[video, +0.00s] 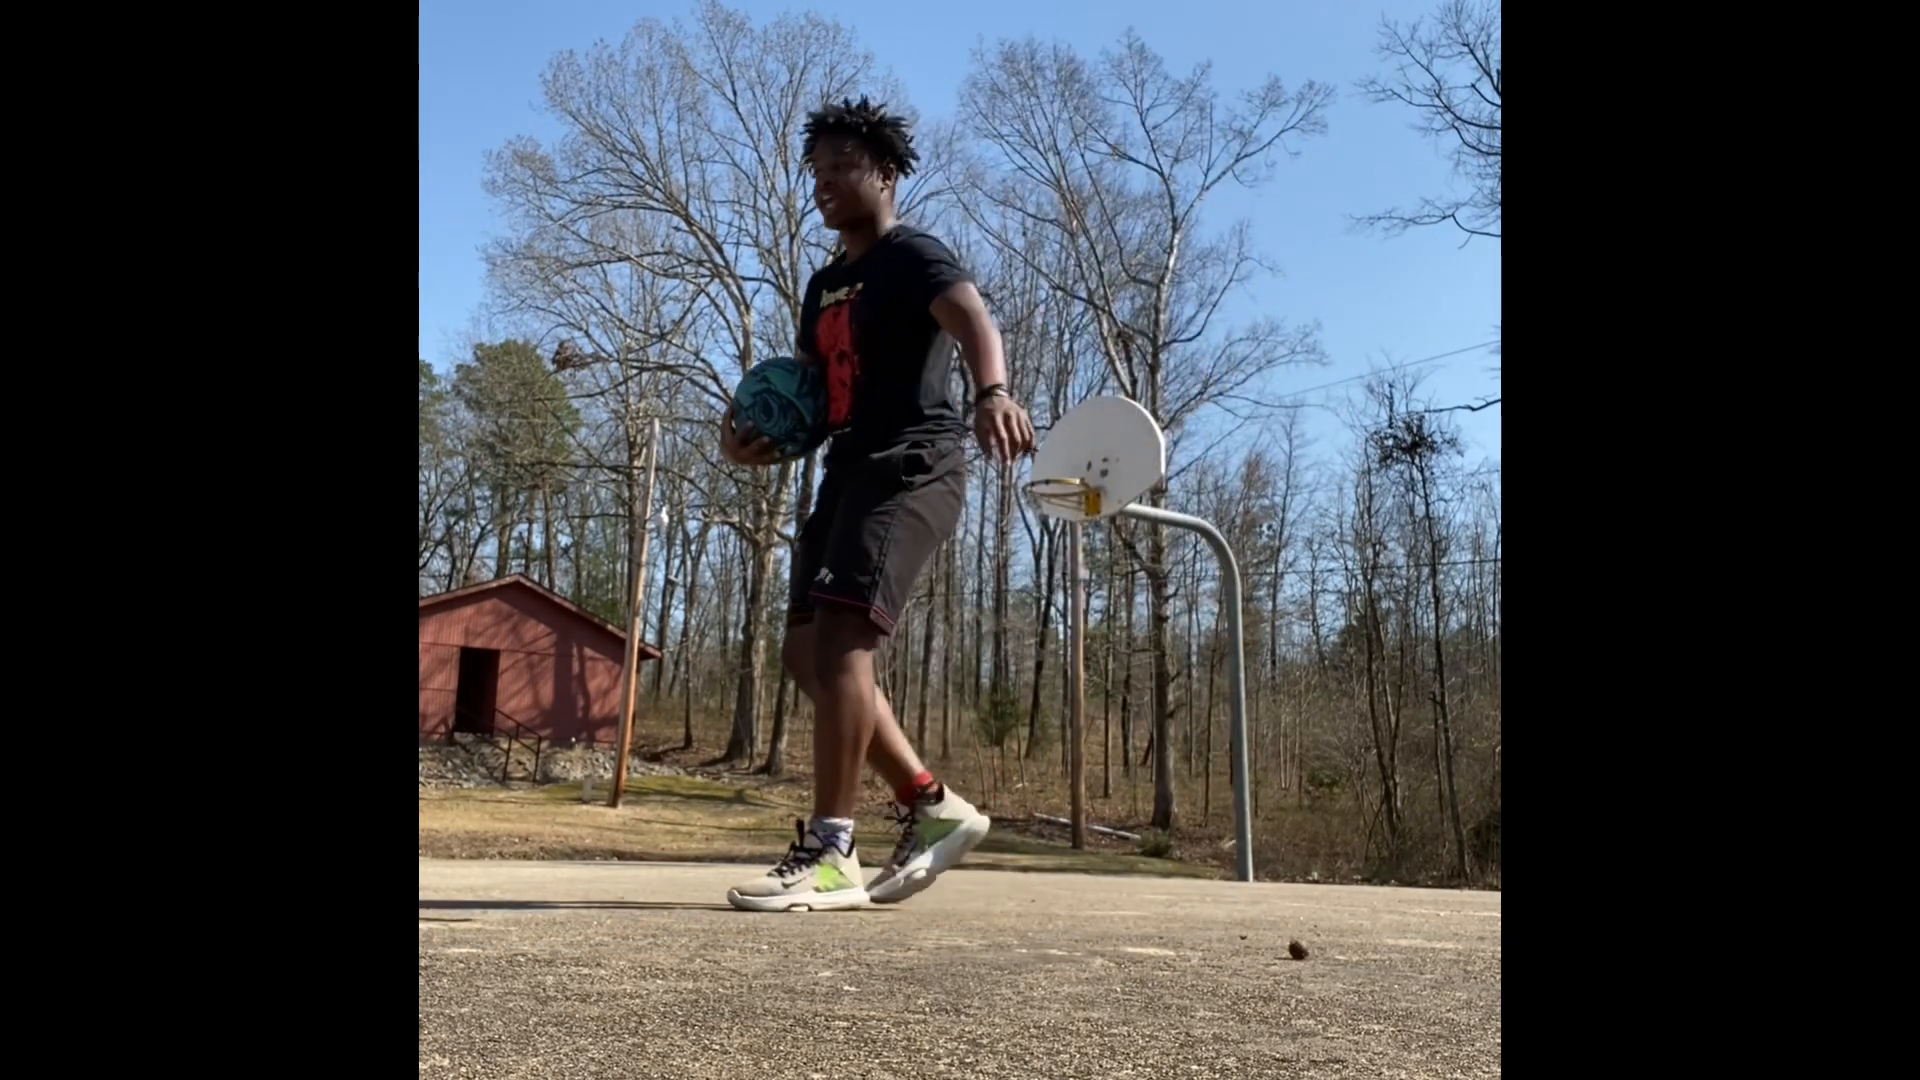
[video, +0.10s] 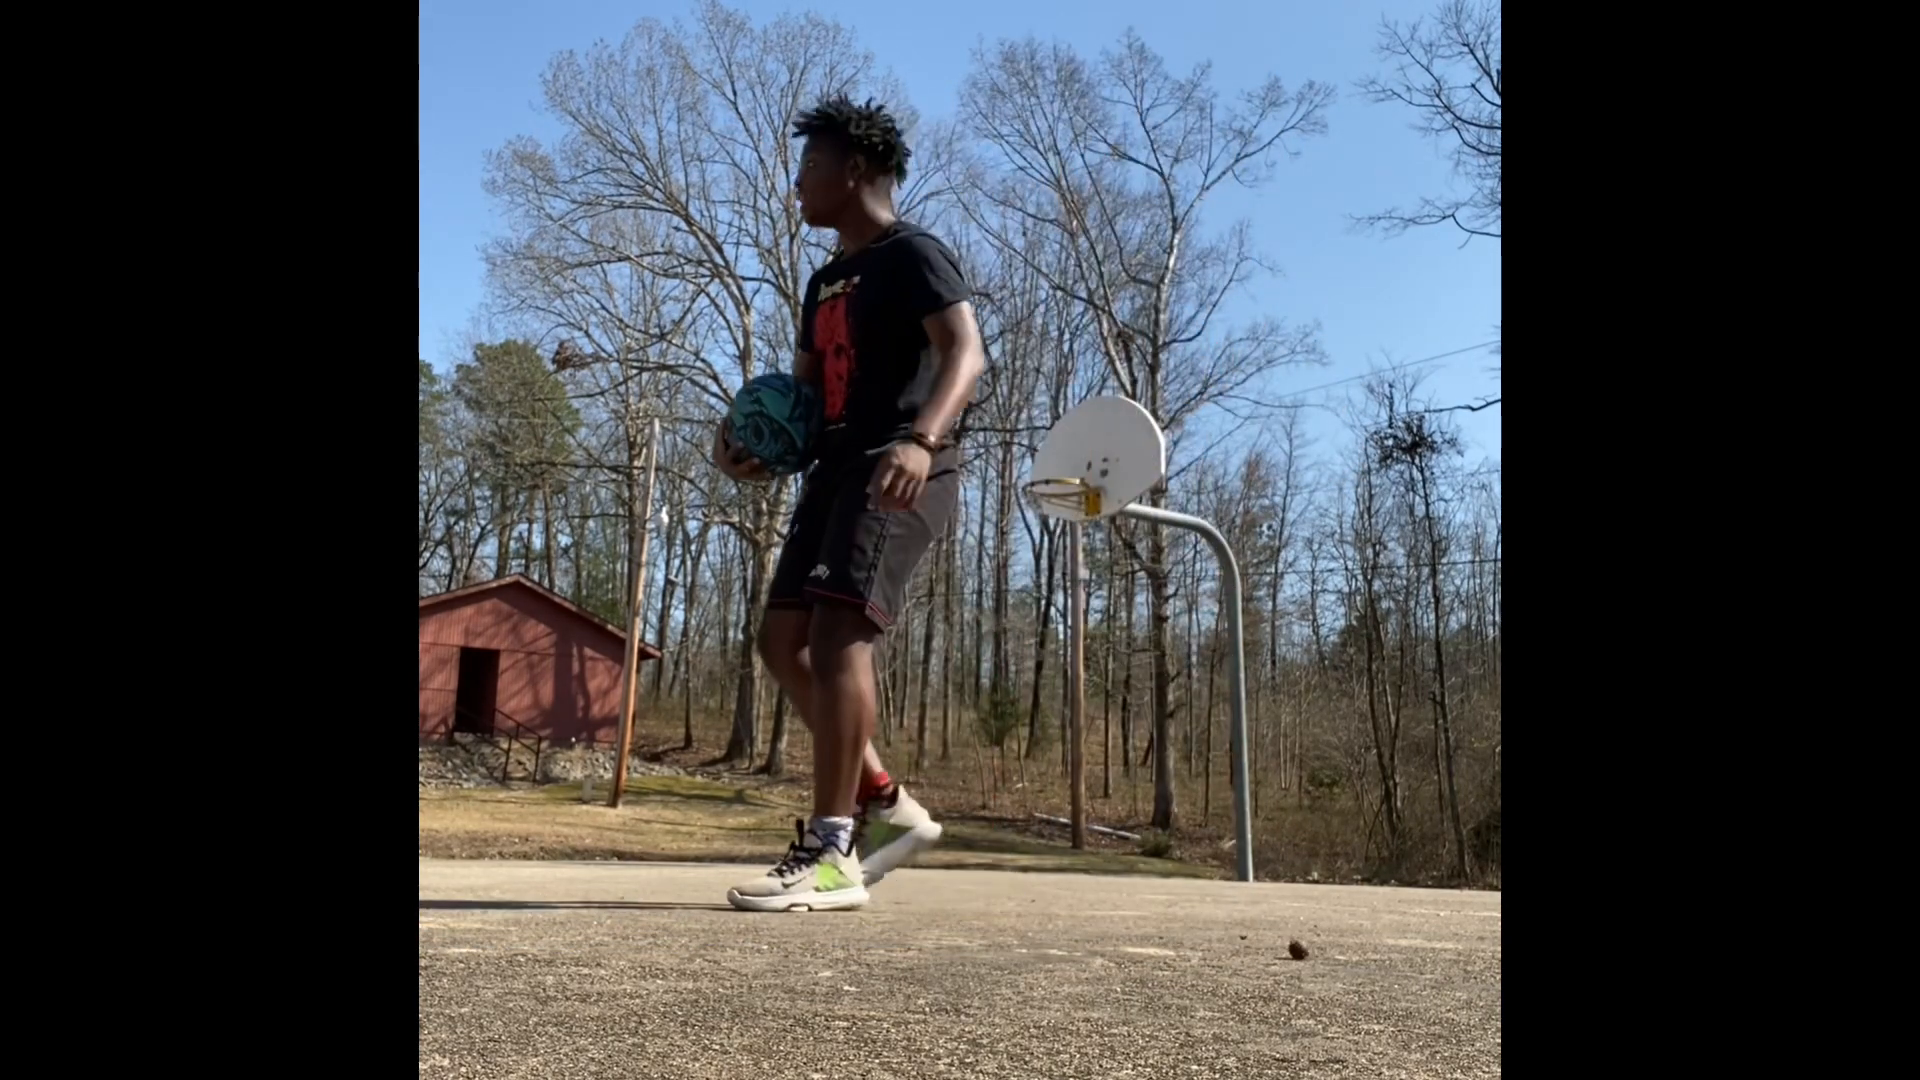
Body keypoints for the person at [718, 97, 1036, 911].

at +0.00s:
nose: (827, 185)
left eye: (844, 169)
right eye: (819, 173)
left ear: (887, 175)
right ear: (814, 184)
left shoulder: (916, 254)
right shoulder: (823, 287)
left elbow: (975, 317)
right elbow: (807, 399)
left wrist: (994, 390)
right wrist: (753, 441)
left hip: (914, 462)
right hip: (849, 470)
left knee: (844, 638)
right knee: (807, 650)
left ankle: (828, 852)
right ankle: (934, 808)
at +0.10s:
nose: (796, 178)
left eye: (808, 162)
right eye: (801, 162)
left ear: (854, 170)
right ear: (849, 173)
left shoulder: (915, 253)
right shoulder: (827, 280)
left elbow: (966, 354)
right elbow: (810, 389)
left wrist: (923, 439)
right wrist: (750, 442)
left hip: (897, 464)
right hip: (837, 467)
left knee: (842, 638)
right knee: (781, 638)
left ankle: (831, 856)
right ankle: (888, 805)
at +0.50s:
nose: (814, 207)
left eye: (823, 190)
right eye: (817, 191)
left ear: (860, 194)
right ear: (864, 198)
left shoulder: (926, 258)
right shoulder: (848, 308)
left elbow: (985, 362)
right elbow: (831, 425)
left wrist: (887, 435)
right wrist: (785, 492)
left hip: (929, 485)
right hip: (866, 490)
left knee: (826, 634)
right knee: (815, 652)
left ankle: (920, 817)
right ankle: (858, 850)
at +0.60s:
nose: (833, 177)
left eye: (843, 161)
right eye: (837, 161)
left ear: (881, 167)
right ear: (879, 170)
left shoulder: (956, 244)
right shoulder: (858, 283)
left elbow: (1022, 348)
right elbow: (844, 403)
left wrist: (908, 402)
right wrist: (795, 476)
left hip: (954, 463)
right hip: (877, 472)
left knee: (891, 626)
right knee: (832, 646)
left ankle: (1018, 810)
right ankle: (863, 848)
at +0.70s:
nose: (860, 179)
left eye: (873, 162)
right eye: (866, 162)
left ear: (912, 170)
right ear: (914, 174)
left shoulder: (989, 261)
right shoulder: (872, 281)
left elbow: (1051, 378)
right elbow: (865, 397)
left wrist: (926, 392)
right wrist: (815, 459)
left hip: (974, 469)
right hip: (895, 474)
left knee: (981, 631)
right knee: (834, 657)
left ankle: (1103, 832)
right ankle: (864, 855)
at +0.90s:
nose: (945, 142)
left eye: (960, 124)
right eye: (952, 124)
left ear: (1007, 135)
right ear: (1003, 139)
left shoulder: (1096, 241)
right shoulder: (949, 259)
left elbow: (1177, 354)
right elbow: (919, 383)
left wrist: (1050, 386)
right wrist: (866, 463)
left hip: (1073, 458)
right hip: (972, 463)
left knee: (1107, 631)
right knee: (888, 653)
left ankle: (1168, 864)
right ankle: (864, 838)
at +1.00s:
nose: (985, 103)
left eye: (1002, 87)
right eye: (988, 87)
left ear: (1061, 99)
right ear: (1032, 102)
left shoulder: (1139, 201)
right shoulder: (979, 224)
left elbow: (1251, 289)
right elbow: (938, 346)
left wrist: (1138, 343)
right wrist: (884, 423)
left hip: (1107, 440)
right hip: (999, 445)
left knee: (1118, 622)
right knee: (918, 630)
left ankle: (1167, 862)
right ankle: (924, 819)